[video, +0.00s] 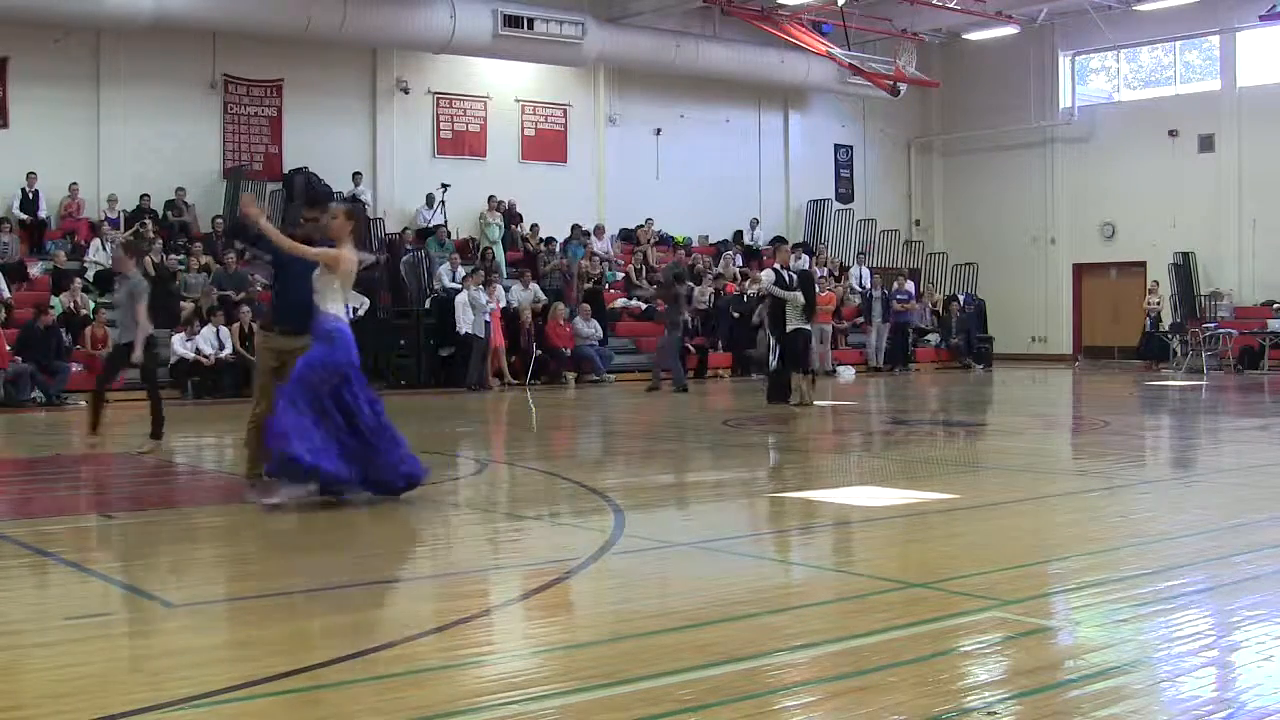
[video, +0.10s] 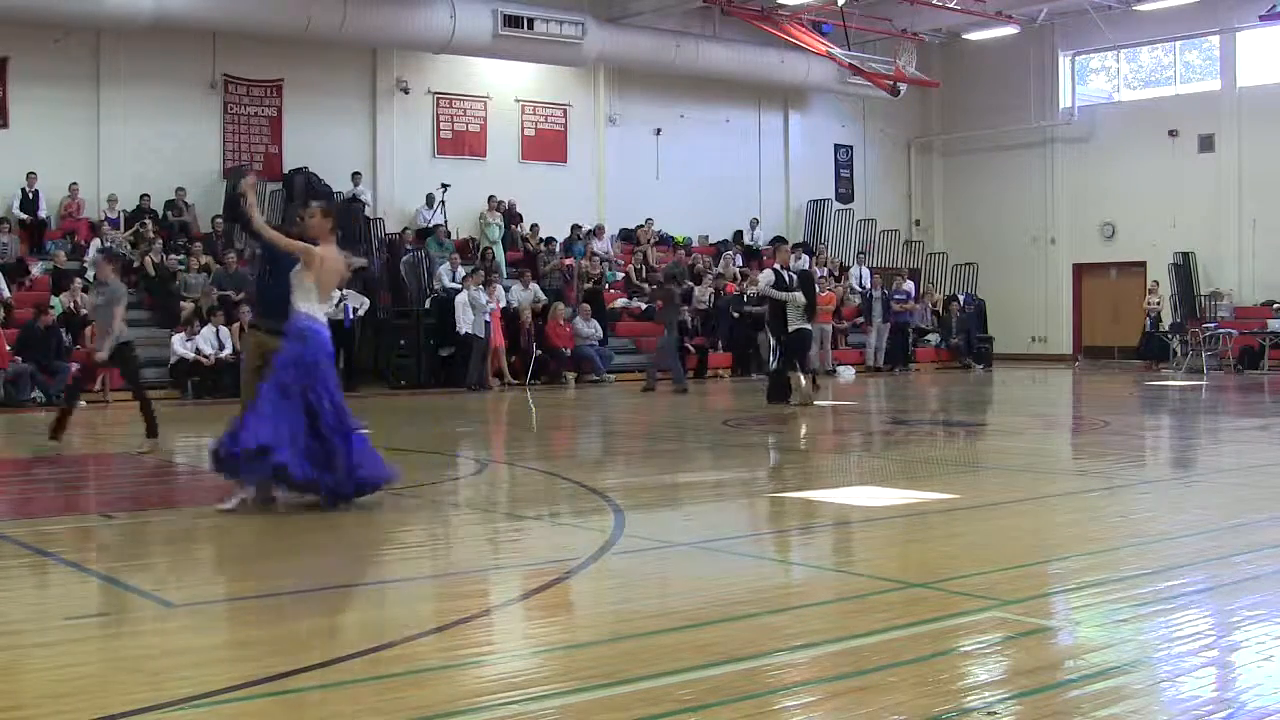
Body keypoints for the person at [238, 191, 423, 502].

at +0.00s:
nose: (328, 223)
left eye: (335, 218)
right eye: (328, 218)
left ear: (350, 224)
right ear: (338, 224)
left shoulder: (339, 255)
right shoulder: (346, 255)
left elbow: (291, 247)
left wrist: (260, 219)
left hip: (332, 341)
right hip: (337, 339)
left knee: (291, 397)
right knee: (341, 407)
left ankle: (300, 470)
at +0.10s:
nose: (306, 222)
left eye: (312, 217)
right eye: (307, 217)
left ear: (330, 223)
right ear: (330, 224)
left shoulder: (311, 252)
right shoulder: (341, 260)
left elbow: (266, 233)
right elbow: (330, 287)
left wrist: (251, 201)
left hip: (303, 334)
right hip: (322, 335)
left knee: (272, 399)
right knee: (322, 406)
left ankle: (251, 479)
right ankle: (336, 478)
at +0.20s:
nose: (289, 220)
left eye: (294, 215)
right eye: (291, 215)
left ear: (310, 219)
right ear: (312, 220)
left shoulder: (295, 250)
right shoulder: (325, 259)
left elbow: (244, 222)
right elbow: (331, 284)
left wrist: (240, 190)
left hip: (277, 330)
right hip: (300, 333)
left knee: (264, 404)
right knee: (294, 404)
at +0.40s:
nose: (270, 215)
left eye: (274, 210)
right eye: (272, 210)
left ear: (283, 215)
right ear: (299, 218)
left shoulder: (269, 247)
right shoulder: (308, 254)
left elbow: (218, 221)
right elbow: (327, 271)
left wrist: (226, 194)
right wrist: (333, 263)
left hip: (254, 328)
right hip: (279, 332)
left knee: (239, 403)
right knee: (268, 405)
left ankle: (239, 480)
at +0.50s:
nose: (261, 214)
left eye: (264, 210)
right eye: (263, 210)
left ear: (272, 214)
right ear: (292, 217)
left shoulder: (264, 247)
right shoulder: (304, 253)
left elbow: (214, 219)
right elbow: (328, 268)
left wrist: (228, 192)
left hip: (252, 325)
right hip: (278, 329)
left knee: (248, 402)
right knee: (270, 402)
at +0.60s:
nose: (259, 217)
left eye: (263, 212)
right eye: (261, 212)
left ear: (272, 215)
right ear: (291, 216)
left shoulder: (266, 248)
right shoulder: (306, 252)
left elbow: (215, 220)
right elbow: (324, 266)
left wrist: (228, 193)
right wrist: (331, 263)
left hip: (254, 325)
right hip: (280, 330)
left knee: (243, 401)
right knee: (269, 403)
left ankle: (242, 477)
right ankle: (266, 478)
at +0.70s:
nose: (264, 219)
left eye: (267, 213)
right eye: (266, 213)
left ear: (276, 215)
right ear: (296, 215)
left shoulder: (272, 248)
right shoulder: (314, 251)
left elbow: (222, 221)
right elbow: (339, 262)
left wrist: (230, 191)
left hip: (264, 332)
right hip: (291, 334)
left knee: (253, 404)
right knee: (281, 406)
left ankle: (251, 483)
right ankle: (297, 480)